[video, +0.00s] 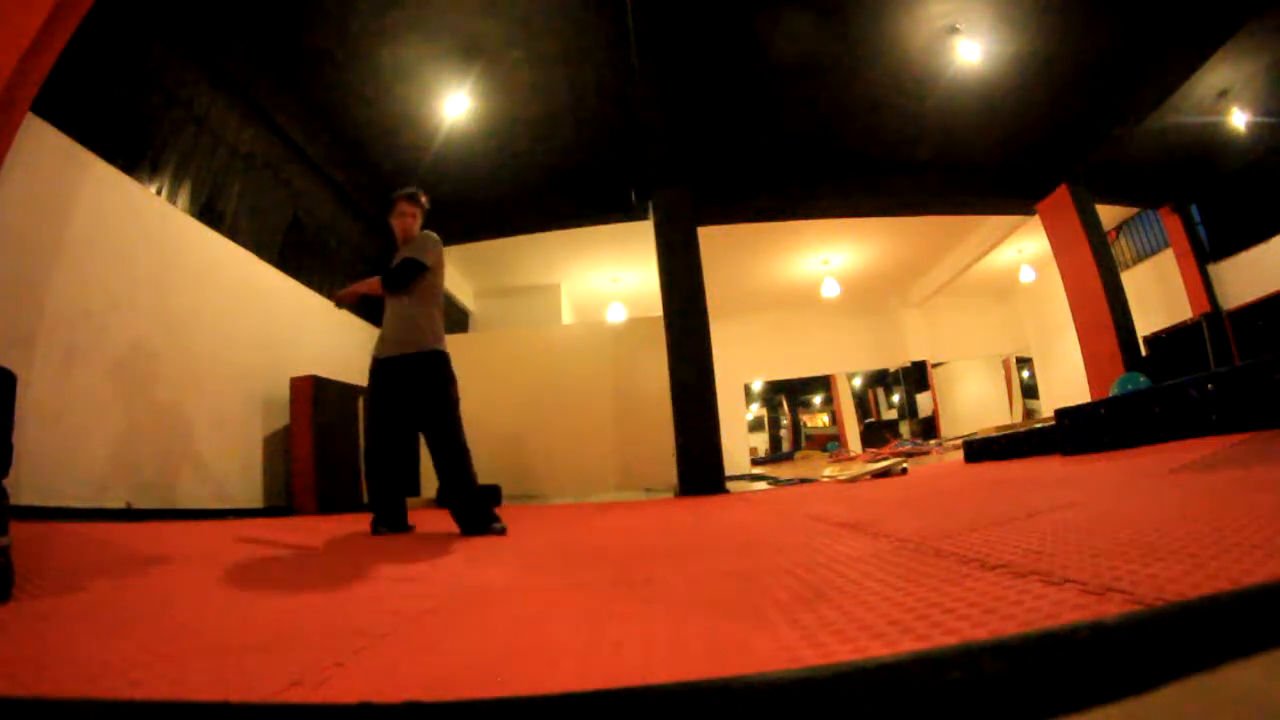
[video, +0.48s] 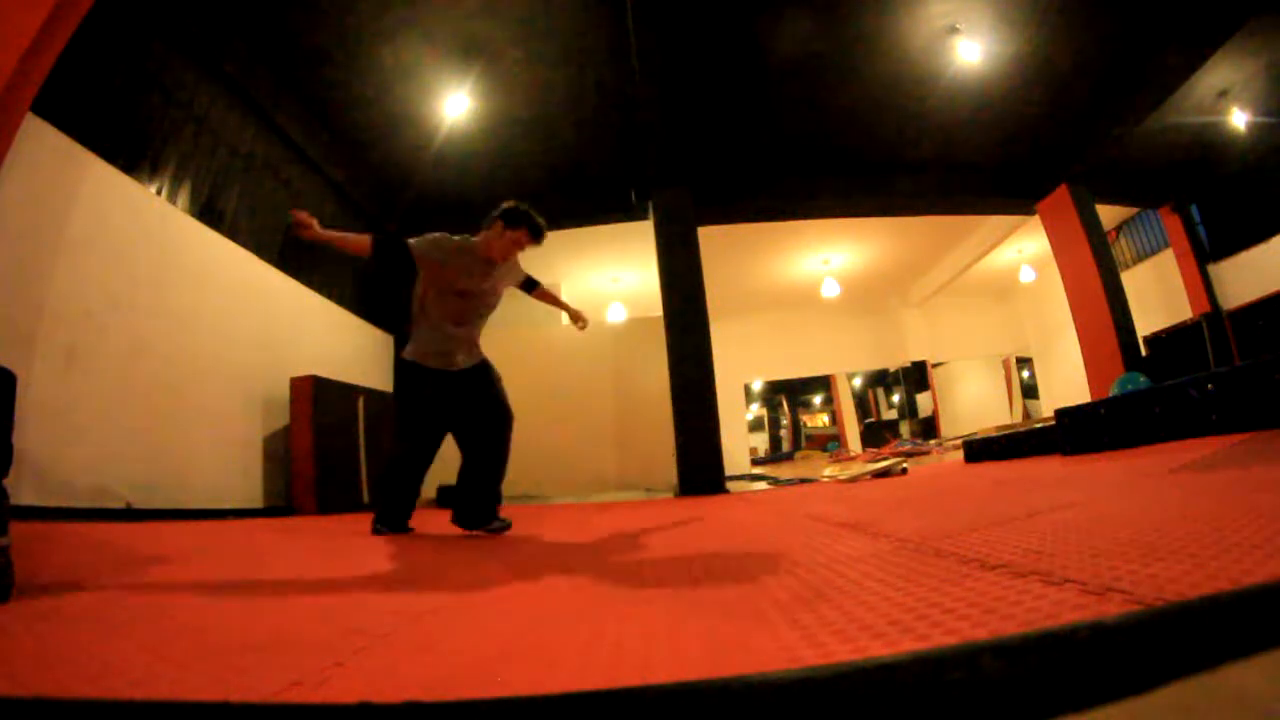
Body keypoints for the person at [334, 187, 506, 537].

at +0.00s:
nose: (406, 221)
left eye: (413, 216)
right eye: (401, 215)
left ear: (422, 221)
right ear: (390, 219)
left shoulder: (428, 242)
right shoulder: (393, 261)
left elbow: (400, 281)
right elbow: (393, 314)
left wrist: (358, 288)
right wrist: (357, 299)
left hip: (426, 358)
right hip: (388, 362)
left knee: (447, 443)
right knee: (386, 445)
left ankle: (474, 518)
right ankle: (390, 518)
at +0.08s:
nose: (410, 220)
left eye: (417, 214)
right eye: (404, 213)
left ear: (428, 218)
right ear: (395, 217)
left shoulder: (432, 241)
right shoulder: (398, 258)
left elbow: (402, 279)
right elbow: (399, 304)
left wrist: (358, 284)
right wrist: (362, 292)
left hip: (429, 358)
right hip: (392, 361)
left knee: (447, 442)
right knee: (386, 444)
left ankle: (473, 517)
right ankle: (389, 517)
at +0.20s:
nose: (427, 218)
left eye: (434, 212)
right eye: (422, 211)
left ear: (443, 216)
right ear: (411, 213)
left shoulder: (449, 242)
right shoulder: (404, 257)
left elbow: (432, 271)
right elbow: (407, 305)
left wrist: (377, 271)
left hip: (439, 361)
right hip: (399, 361)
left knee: (451, 443)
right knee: (391, 443)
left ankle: (473, 517)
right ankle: (391, 516)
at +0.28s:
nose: (446, 220)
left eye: (452, 215)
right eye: (440, 212)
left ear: (458, 218)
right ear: (424, 210)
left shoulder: (461, 245)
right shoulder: (406, 252)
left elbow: (489, 268)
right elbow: (398, 298)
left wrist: (475, 271)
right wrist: (375, 324)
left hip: (448, 361)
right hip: (404, 362)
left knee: (459, 444)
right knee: (394, 444)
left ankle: (473, 517)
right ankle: (390, 516)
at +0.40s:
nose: (483, 231)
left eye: (490, 227)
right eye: (481, 222)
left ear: (491, 228)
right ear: (461, 210)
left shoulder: (490, 256)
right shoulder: (418, 245)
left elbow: (534, 276)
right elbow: (369, 266)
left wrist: (580, 291)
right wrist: (323, 273)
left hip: (464, 364)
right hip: (415, 363)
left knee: (477, 438)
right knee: (403, 444)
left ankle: (478, 516)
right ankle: (390, 517)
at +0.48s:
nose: (515, 253)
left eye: (521, 248)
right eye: (515, 243)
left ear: (519, 244)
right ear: (496, 228)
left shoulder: (505, 267)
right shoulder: (443, 248)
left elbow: (534, 288)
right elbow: (381, 247)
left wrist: (568, 308)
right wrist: (321, 234)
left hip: (470, 366)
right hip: (423, 365)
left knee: (494, 427)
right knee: (415, 444)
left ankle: (475, 512)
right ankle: (391, 517)